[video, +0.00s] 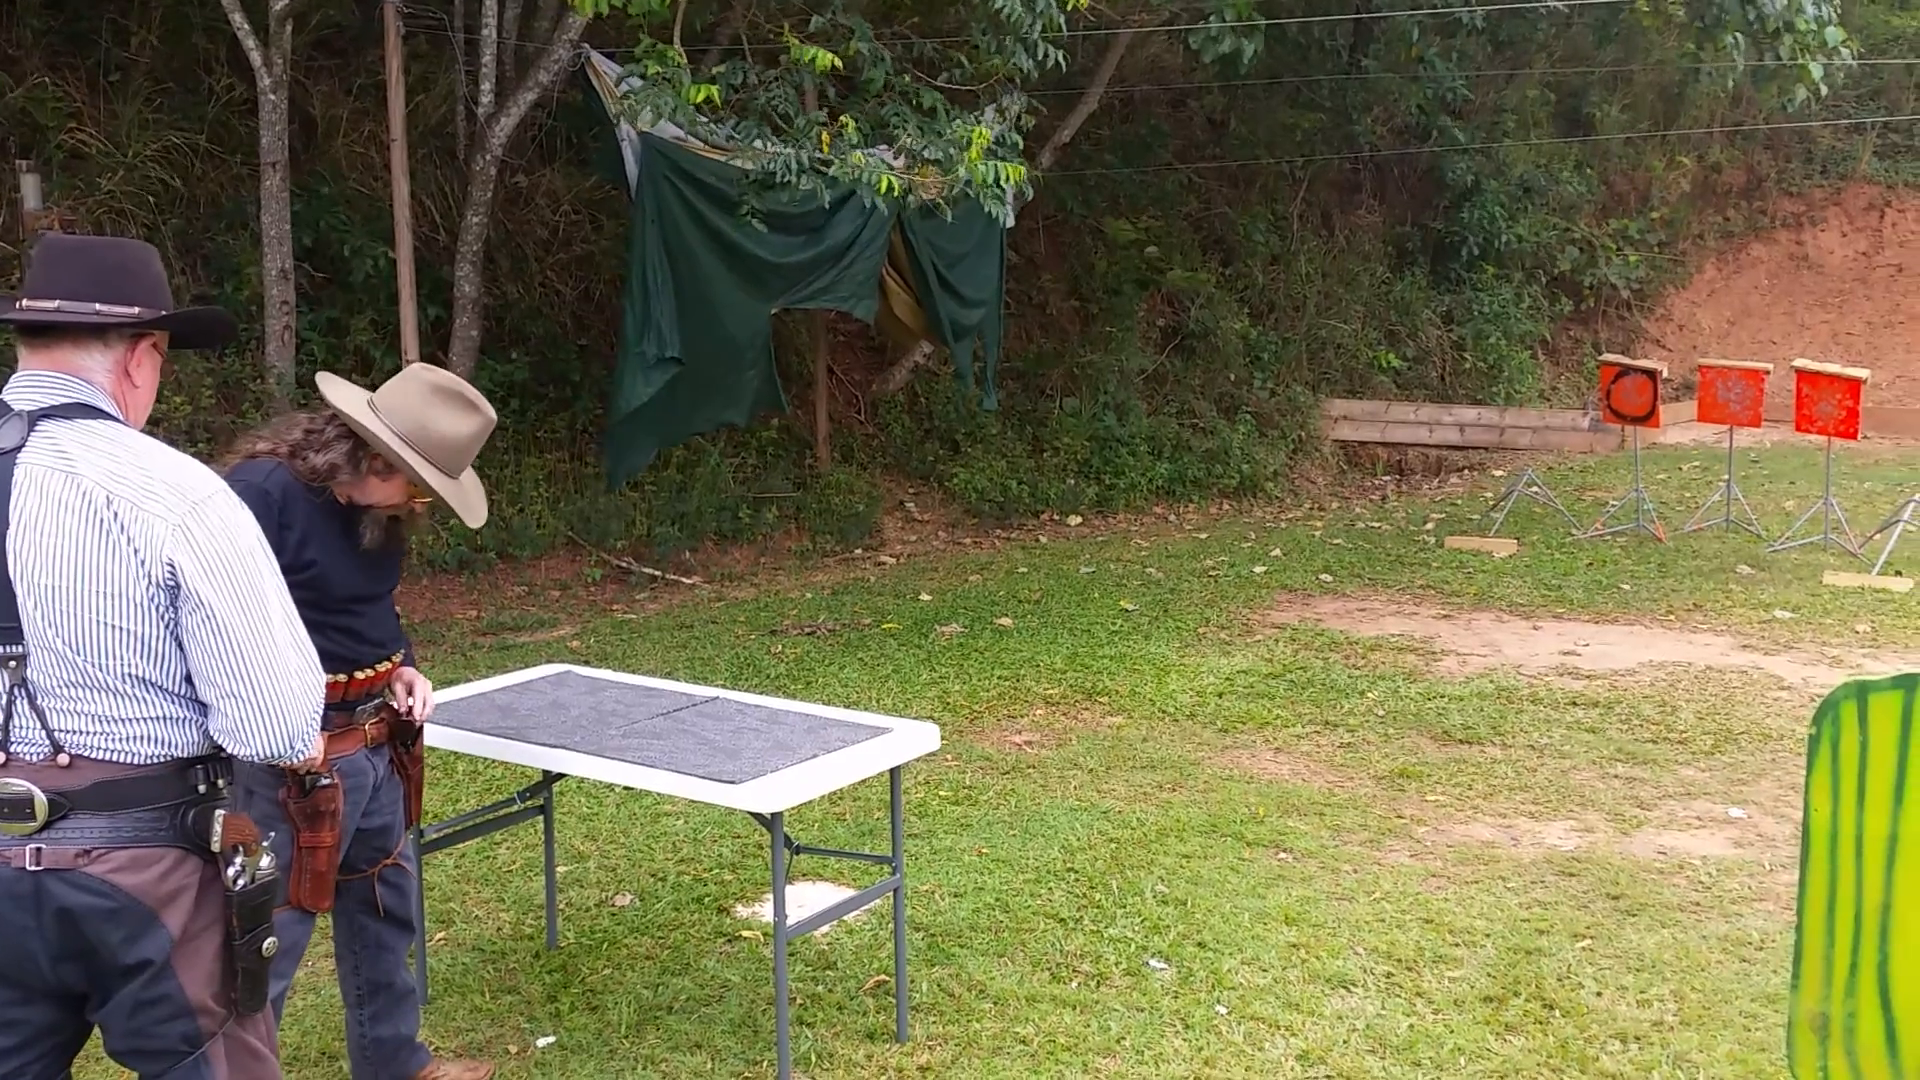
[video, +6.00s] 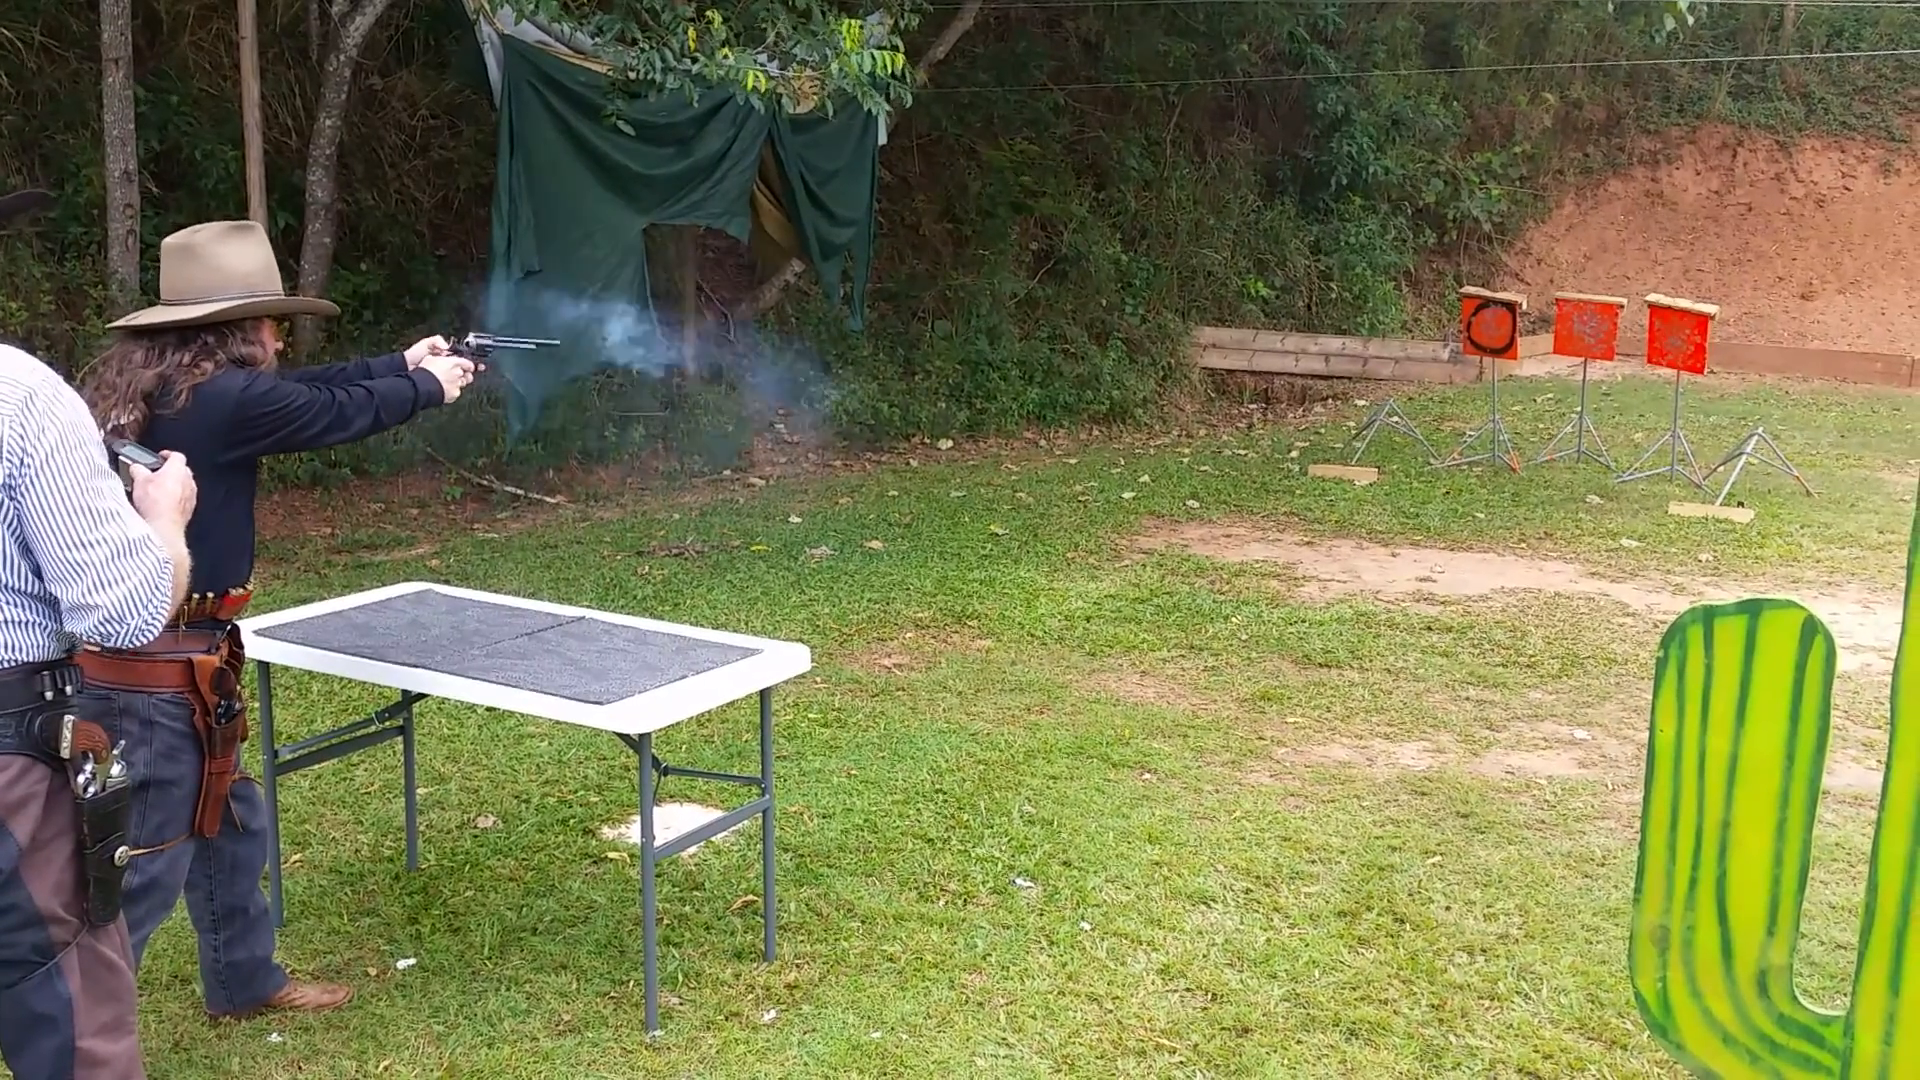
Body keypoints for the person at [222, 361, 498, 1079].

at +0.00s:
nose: (418, 507)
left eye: (427, 496)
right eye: (419, 492)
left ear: (392, 469)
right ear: (385, 462)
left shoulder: (375, 518)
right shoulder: (264, 492)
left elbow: (372, 609)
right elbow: (209, 616)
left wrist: (403, 665)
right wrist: (266, 727)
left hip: (371, 751)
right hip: (282, 762)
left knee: (384, 923)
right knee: (269, 943)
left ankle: (391, 1060)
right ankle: (239, 1065)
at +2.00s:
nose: (357, 445)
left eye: (366, 434)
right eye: (359, 429)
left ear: (336, 409)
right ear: (328, 402)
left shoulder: (309, 460)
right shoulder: (200, 439)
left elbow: (304, 561)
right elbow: (151, 569)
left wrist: (336, 618)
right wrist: (202, 656)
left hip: (307, 694)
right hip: (225, 706)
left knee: (321, 854)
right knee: (206, 883)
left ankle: (324, 1006)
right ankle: (168, 1033)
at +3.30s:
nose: (322, 378)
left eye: (324, 362)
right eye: (318, 360)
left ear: (245, 341)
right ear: (282, 357)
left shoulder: (222, 408)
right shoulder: (212, 412)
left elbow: (236, 524)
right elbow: (263, 553)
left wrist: (297, 562)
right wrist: (303, 623)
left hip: (254, 666)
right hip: (197, 673)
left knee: (287, 825)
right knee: (175, 859)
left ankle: (291, 986)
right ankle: (131, 1006)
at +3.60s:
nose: (290, 332)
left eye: (289, 318)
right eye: (283, 319)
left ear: (207, 322)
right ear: (254, 324)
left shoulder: (178, 383)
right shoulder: (221, 388)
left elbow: (200, 493)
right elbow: (250, 510)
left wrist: (287, 481)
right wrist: (322, 501)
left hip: (226, 657)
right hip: (190, 663)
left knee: (271, 821)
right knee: (182, 855)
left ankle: (284, 981)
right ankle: (120, 1007)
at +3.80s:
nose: (276, 326)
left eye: (272, 312)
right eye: (267, 314)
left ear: (191, 321)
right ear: (235, 324)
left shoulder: (152, 386)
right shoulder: (231, 404)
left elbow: (264, 441)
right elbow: (340, 478)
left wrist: (353, 416)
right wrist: (398, 444)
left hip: (179, 643)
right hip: (202, 656)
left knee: (268, 811)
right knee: (189, 849)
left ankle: (278, 978)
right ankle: (116, 1010)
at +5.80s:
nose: (280, 338)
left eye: (277, 324)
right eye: (272, 324)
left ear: (196, 324)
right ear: (237, 327)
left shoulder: (146, 381)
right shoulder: (223, 397)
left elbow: (299, 388)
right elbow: (333, 413)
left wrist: (401, 358)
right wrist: (426, 384)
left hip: (128, 643)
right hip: (168, 654)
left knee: (236, 814)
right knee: (149, 857)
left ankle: (245, 982)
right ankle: (74, 1016)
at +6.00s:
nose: (279, 338)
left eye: (276, 324)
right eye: (269, 323)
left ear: (192, 325)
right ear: (233, 328)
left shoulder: (141, 384)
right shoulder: (224, 399)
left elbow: (304, 391)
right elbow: (336, 414)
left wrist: (401, 364)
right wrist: (429, 386)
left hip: (125, 651)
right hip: (160, 663)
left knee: (235, 814)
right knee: (146, 864)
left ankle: (244, 982)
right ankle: (71, 1019)